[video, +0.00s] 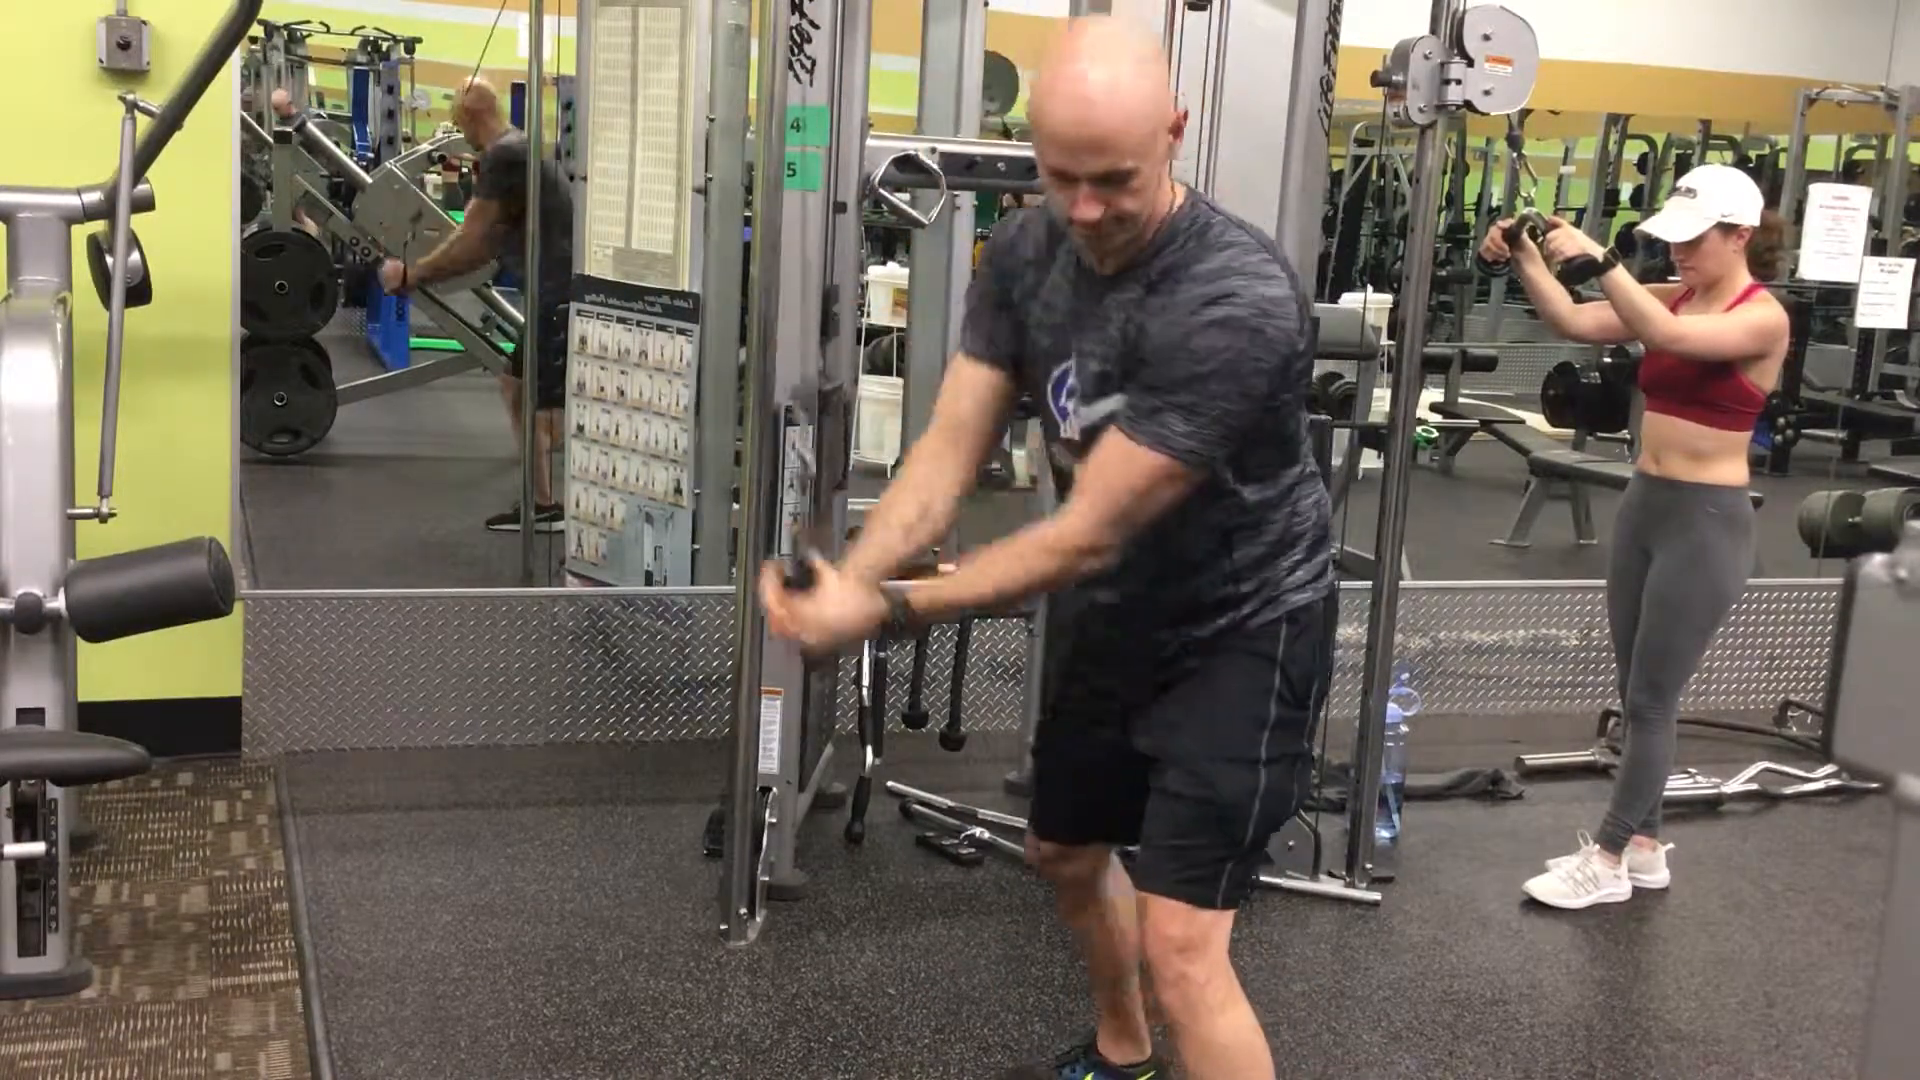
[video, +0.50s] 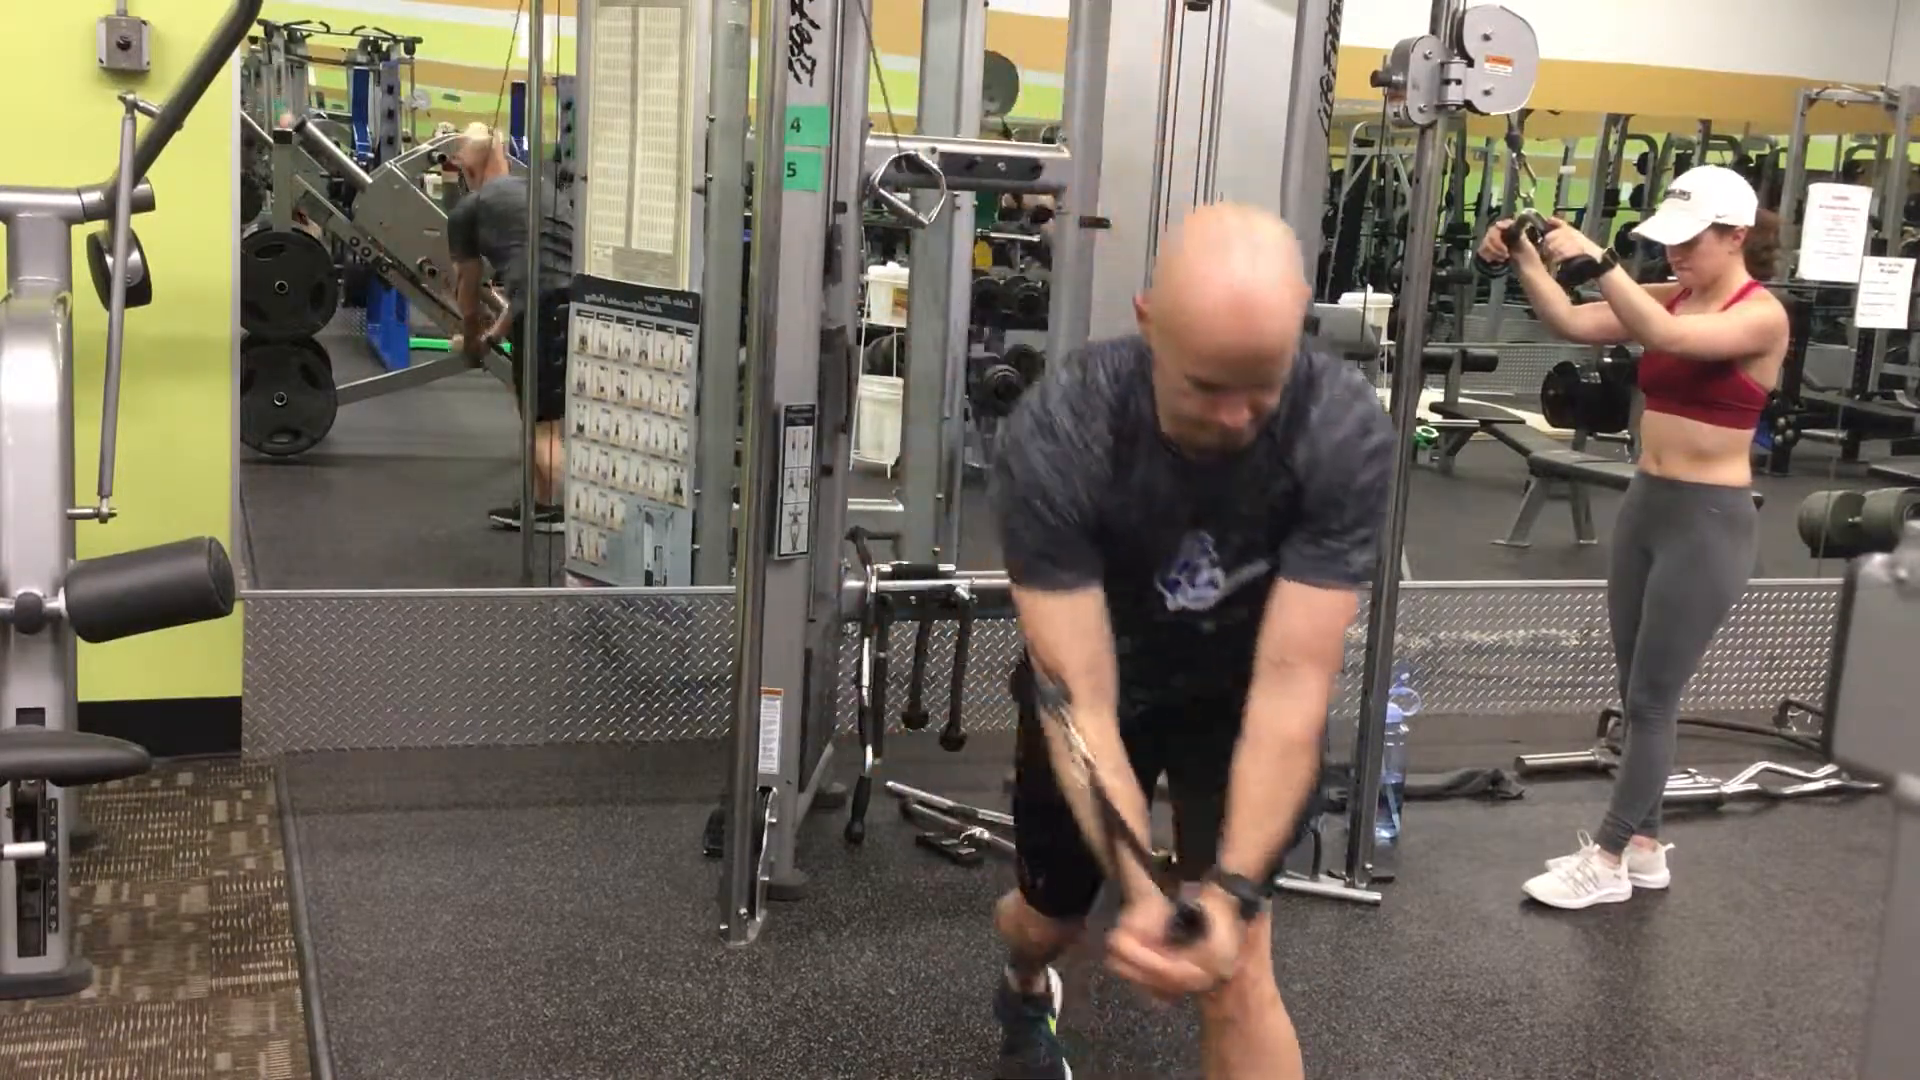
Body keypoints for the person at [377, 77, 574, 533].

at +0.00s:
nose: (456, 123)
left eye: (457, 115)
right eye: (456, 115)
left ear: (471, 113)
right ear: (493, 109)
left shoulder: (502, 155)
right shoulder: (521, 150)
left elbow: (473, 241)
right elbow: (485, 246)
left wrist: (413, 272)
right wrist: (423, 272)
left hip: (559, 292)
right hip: (566, 287)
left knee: (522, 386)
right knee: (518, 382)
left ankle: (544, 500)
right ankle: (545, 497)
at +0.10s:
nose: (449, 138)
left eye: (451, 129)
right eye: (449, 130)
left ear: (464, 124)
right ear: (490, 120)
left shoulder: (486, 166)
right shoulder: (525, 157)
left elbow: (457, 257)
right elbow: (487, 261)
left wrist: (417, 288)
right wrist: (434, 287)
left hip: (560, 291)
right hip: (588, 283)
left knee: (532, 394)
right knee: (528, 387)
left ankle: (543, 501)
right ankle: (552, 496)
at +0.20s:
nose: (447, 148)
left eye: (449, 139)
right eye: (447, 140)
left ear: (463, 135)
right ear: (492, 132)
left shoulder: (481, 175)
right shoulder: (525, 163)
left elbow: (455, 268)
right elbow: (499, 263)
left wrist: (427, 306)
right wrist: (443, 302)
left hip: (559, 294)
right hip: (590, 284)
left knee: (538, 400)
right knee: (520, 380)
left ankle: (545, 502)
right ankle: (550, 495)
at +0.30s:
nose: (450, 156)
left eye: (452, 147)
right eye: (450, 148)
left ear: (463, 144)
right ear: (493, 139)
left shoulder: (474, 184)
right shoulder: (530, 170)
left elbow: (456, 283)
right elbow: (509, 265)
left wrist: (434, 318)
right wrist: (457, 310)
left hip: (556, 295)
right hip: (591, 283)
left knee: (541, 409)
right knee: (523, 380)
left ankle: (544, 503)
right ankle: (545, 497)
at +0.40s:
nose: (456, 165)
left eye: (457, 157)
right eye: (455, 158)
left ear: (466, 155)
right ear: (498, 149)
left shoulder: (468, 197)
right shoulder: (536, 177)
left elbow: (461, 290)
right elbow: (526, 263)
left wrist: (452, 335)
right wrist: (481, 321)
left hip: (545, 296)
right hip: (586, 286)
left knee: (543, 415)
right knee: (545, 405)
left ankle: (560, 508)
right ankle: (541, 502)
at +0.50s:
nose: (459, 174)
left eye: (459, 167)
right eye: (457, 167)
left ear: (467, 166)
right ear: (502, 157)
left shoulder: (470, 208)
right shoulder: (542, 189)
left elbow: (468, 285)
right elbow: (534, 275)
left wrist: (471, 340)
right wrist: (498, 329)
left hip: (539, 307)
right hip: (581, 298)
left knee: (541, 421)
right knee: (556, 415)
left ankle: (562, 506)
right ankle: (540, 501)